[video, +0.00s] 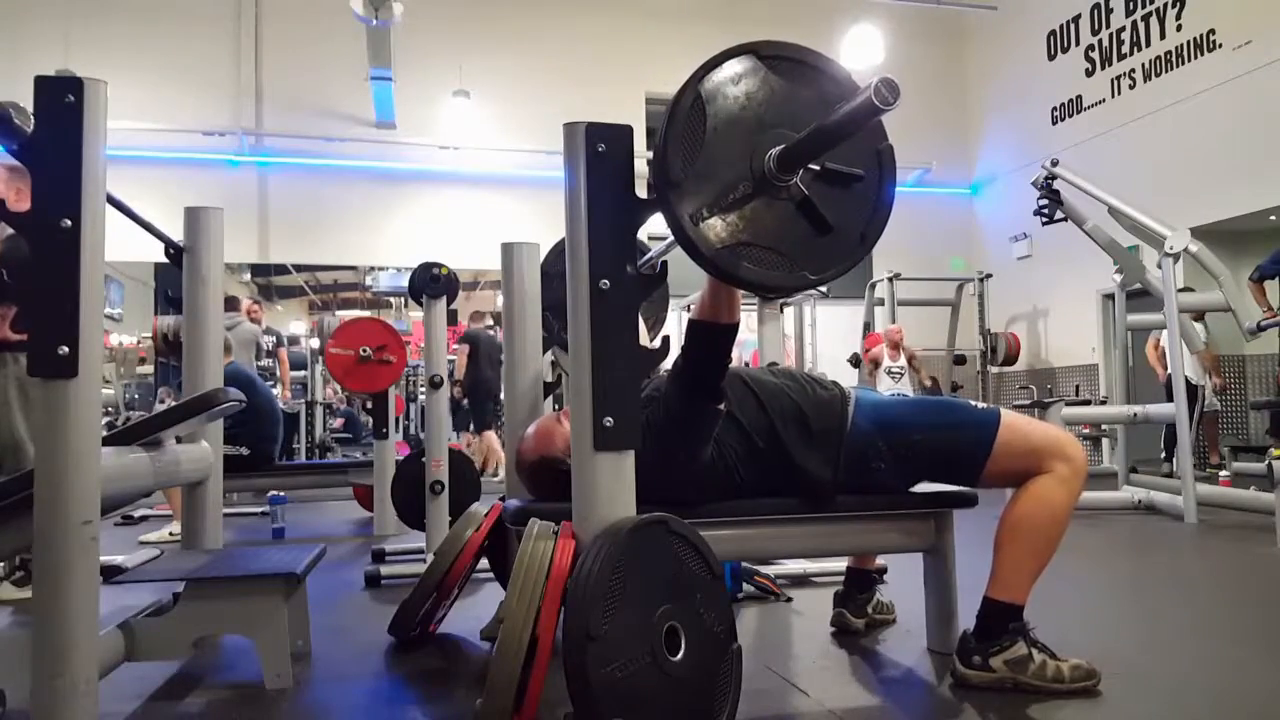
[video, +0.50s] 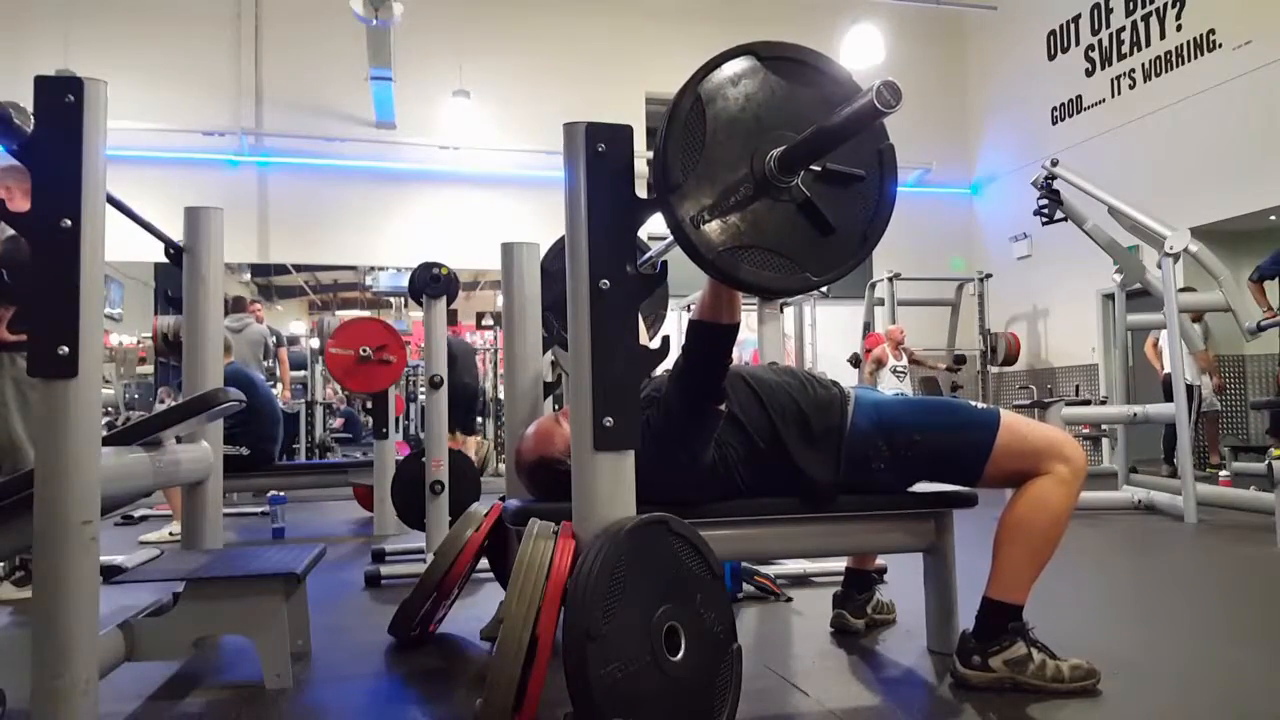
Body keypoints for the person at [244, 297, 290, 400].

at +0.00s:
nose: (252, 316)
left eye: (255, 312)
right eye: (249, 313)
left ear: (262, 312)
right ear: (246, 315)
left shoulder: (275, 335)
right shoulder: (244, 335)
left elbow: (283, 361)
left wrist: (286, 388)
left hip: (270, 385)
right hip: (250, 384)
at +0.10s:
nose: (253, 316)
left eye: (256, 311)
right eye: (249, 313)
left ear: (262, 312)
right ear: (246, 315)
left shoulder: (275, 335)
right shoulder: (243, 336)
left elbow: (283, 361)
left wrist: (286, 388)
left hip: (271, 385)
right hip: (250, 385)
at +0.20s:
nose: (254, 315)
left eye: (257, 311)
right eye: (250, 313)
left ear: (263, 311)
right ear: (246, 315)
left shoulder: (275, 334)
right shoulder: (243, 336)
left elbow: (283, 361)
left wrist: (286, 388)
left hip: (271, 386)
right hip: (249, 386)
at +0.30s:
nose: (256, 314)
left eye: (258, 310)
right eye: (252, 312)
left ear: (263, 311)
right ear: (247, 315)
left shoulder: (275, 334)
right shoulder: (243, 336)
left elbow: (283, 361)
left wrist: (286, 388)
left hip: (270, 386)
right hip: (248, 385)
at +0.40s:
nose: (256, 314)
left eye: (258, 310)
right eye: (252, 312)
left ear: (263, 311)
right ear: (247, 314)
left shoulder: (275, 334)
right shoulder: (243, 335)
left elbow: (283, 361)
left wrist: (286, 388)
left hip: (270, 385)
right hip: (248, 385)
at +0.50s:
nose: (257, 314)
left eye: (259, 310)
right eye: (252, 312)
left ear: (263, 311)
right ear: (247, 314)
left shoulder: (275, 334)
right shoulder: (241, 335)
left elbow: (283, 361)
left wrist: (286, 388)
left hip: (269, 386)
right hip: (246, 386)